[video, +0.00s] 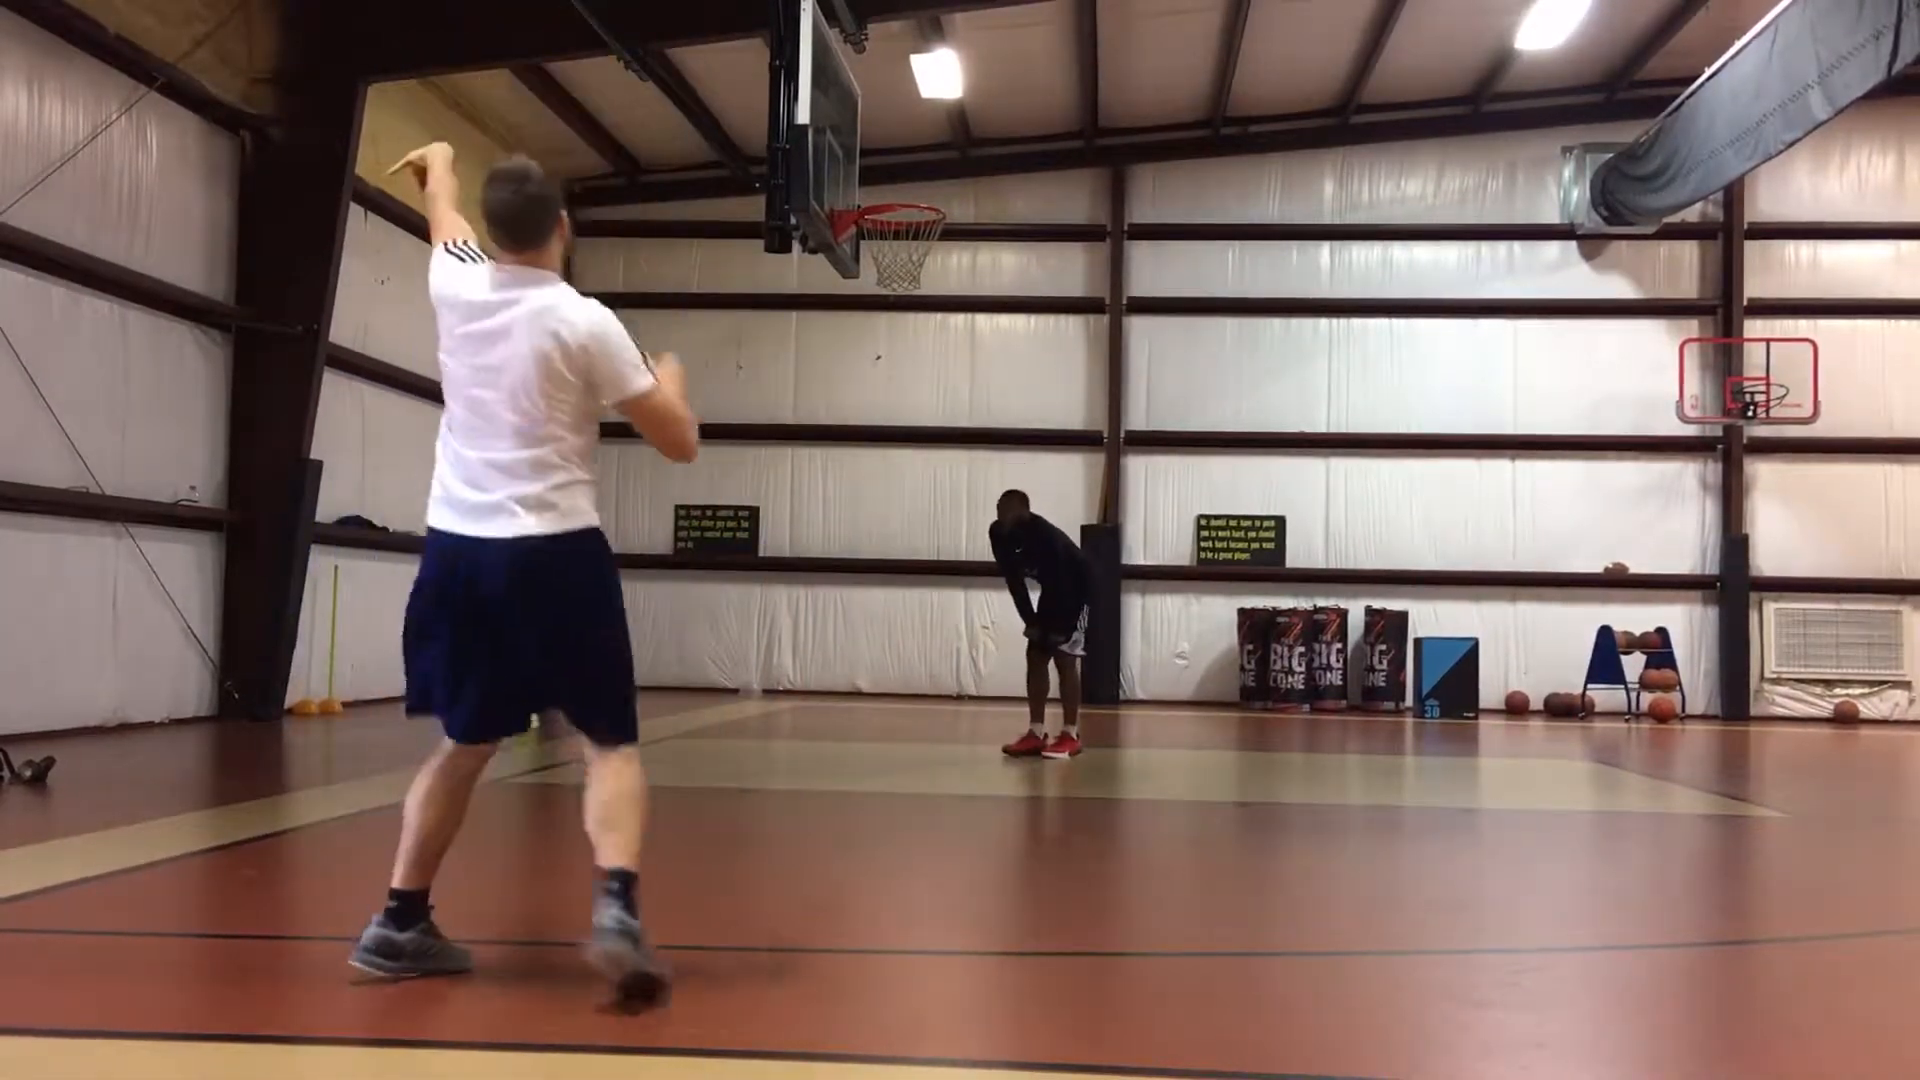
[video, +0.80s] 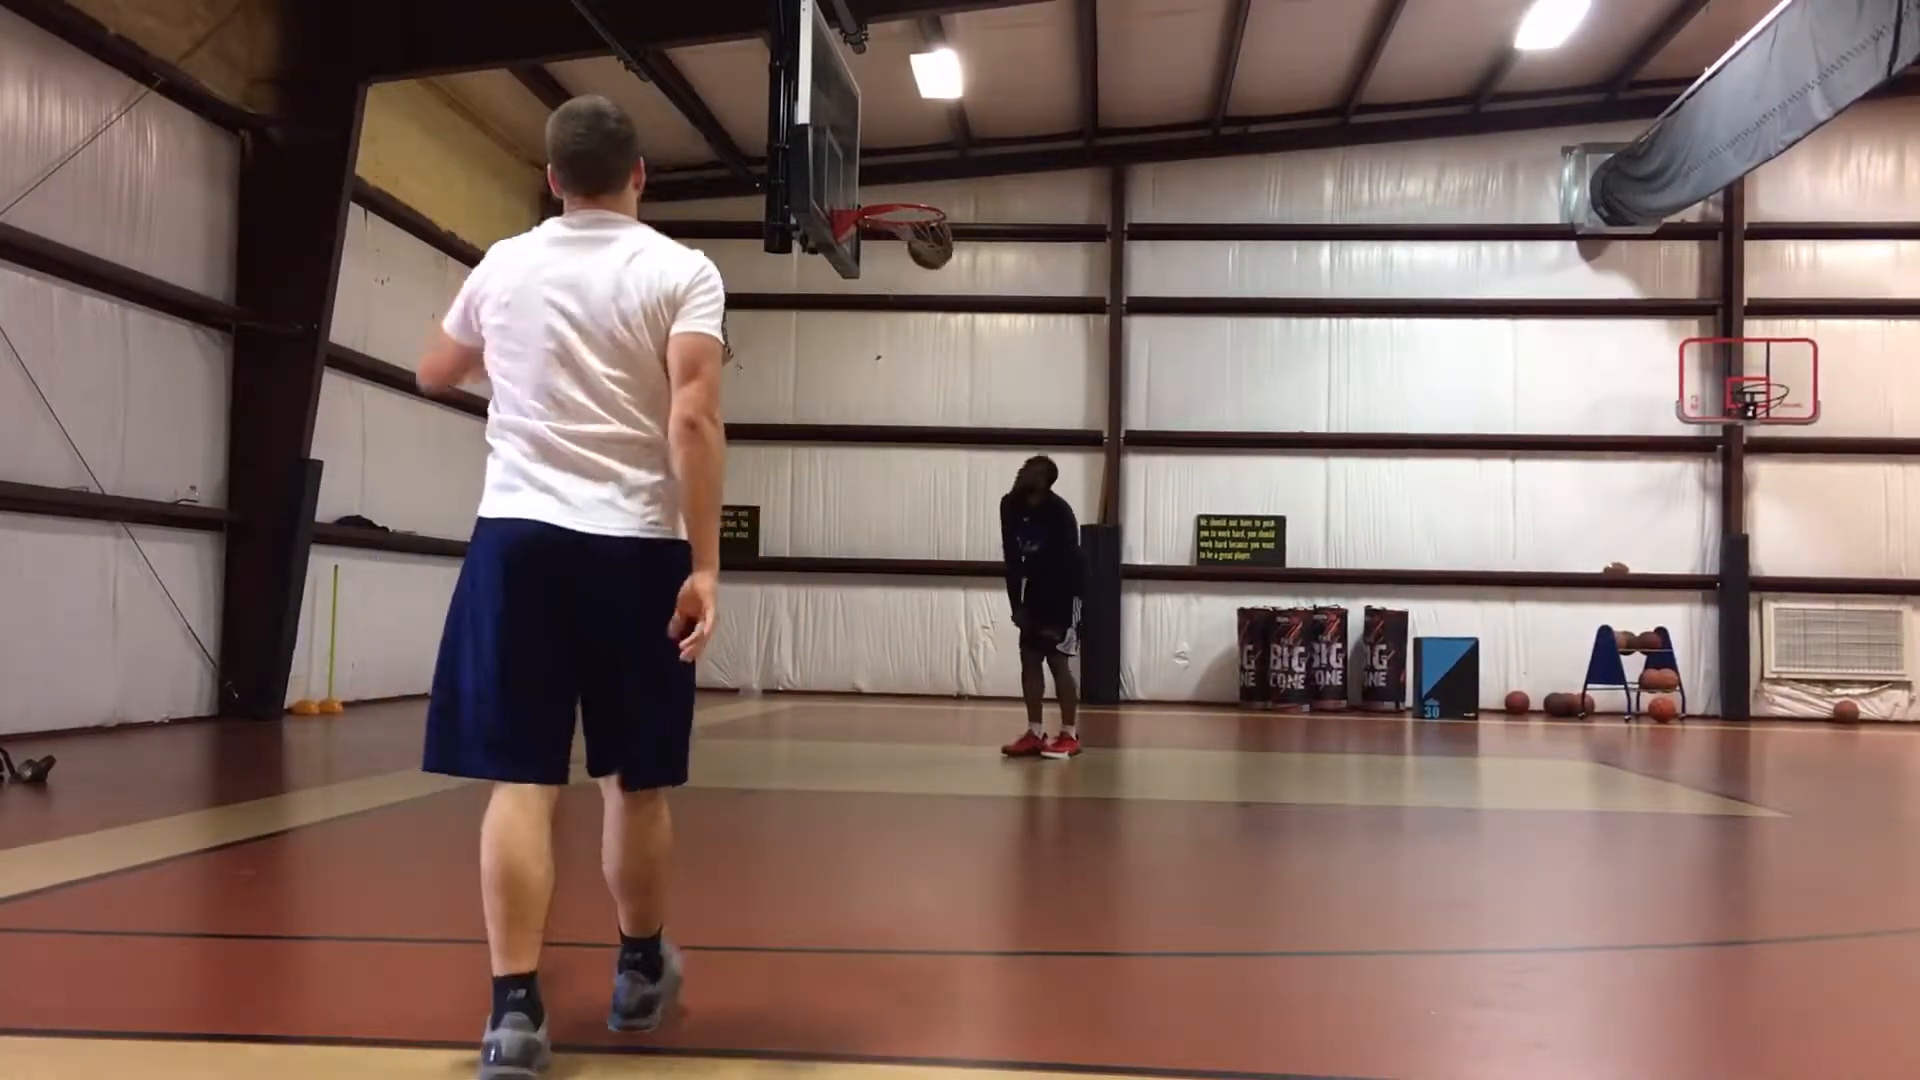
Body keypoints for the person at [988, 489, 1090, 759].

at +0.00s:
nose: (1000, 515)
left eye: (1005, 510)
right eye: (999, 510)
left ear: (1023, 511)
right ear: (999, 510)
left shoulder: (1043, 533)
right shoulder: (998, 532)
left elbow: (1069, 581)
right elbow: (1014, 581)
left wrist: (1061, 626)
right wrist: (1029, 620)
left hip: (1078, 592)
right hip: (1051, 592)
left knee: (1065, 660)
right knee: (1035, 656)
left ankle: (1070, 735)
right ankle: (1036, 733)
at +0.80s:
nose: (1020, 473)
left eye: (1028, 470)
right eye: (1023, 468)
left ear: (1043, 480)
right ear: (1024, 474)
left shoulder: (1059, 510)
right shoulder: (1010, 505)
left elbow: (1070, 562)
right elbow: (1012, 559)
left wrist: (1068, 610)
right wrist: (1016, 604)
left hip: (1063, 588)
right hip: (1035, 587)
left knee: (1056, 658)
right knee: (1029, 657)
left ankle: (1069, 734)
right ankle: (1035, 733)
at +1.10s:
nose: (1030, 452)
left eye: (1038, 448)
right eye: (1032, 447)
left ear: (1056, 457)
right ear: (1034, 454)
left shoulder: (1070, 493)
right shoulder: (1019, 487)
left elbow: (1079, 549)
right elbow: (1004, 533)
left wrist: (1057, 589)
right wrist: (980, 567)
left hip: (1059, 584)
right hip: (1025, 581)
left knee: (1061, 660)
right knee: (1000, 650)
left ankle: (1071, 733)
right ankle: (1035, 713)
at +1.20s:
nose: (1027, 452)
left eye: (1035, 447)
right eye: (1029, 447)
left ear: (1053, 456)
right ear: (1030, 453)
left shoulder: (1068, 493)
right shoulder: (1017, 486)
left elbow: (1077, 549)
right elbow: (1005, 532)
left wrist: (1054, 588)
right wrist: (980, 566)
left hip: (1051, 584)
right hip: (1019, 581)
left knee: (1061, 661)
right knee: (988, 645)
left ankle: (1071, 733)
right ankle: (1023, 711)